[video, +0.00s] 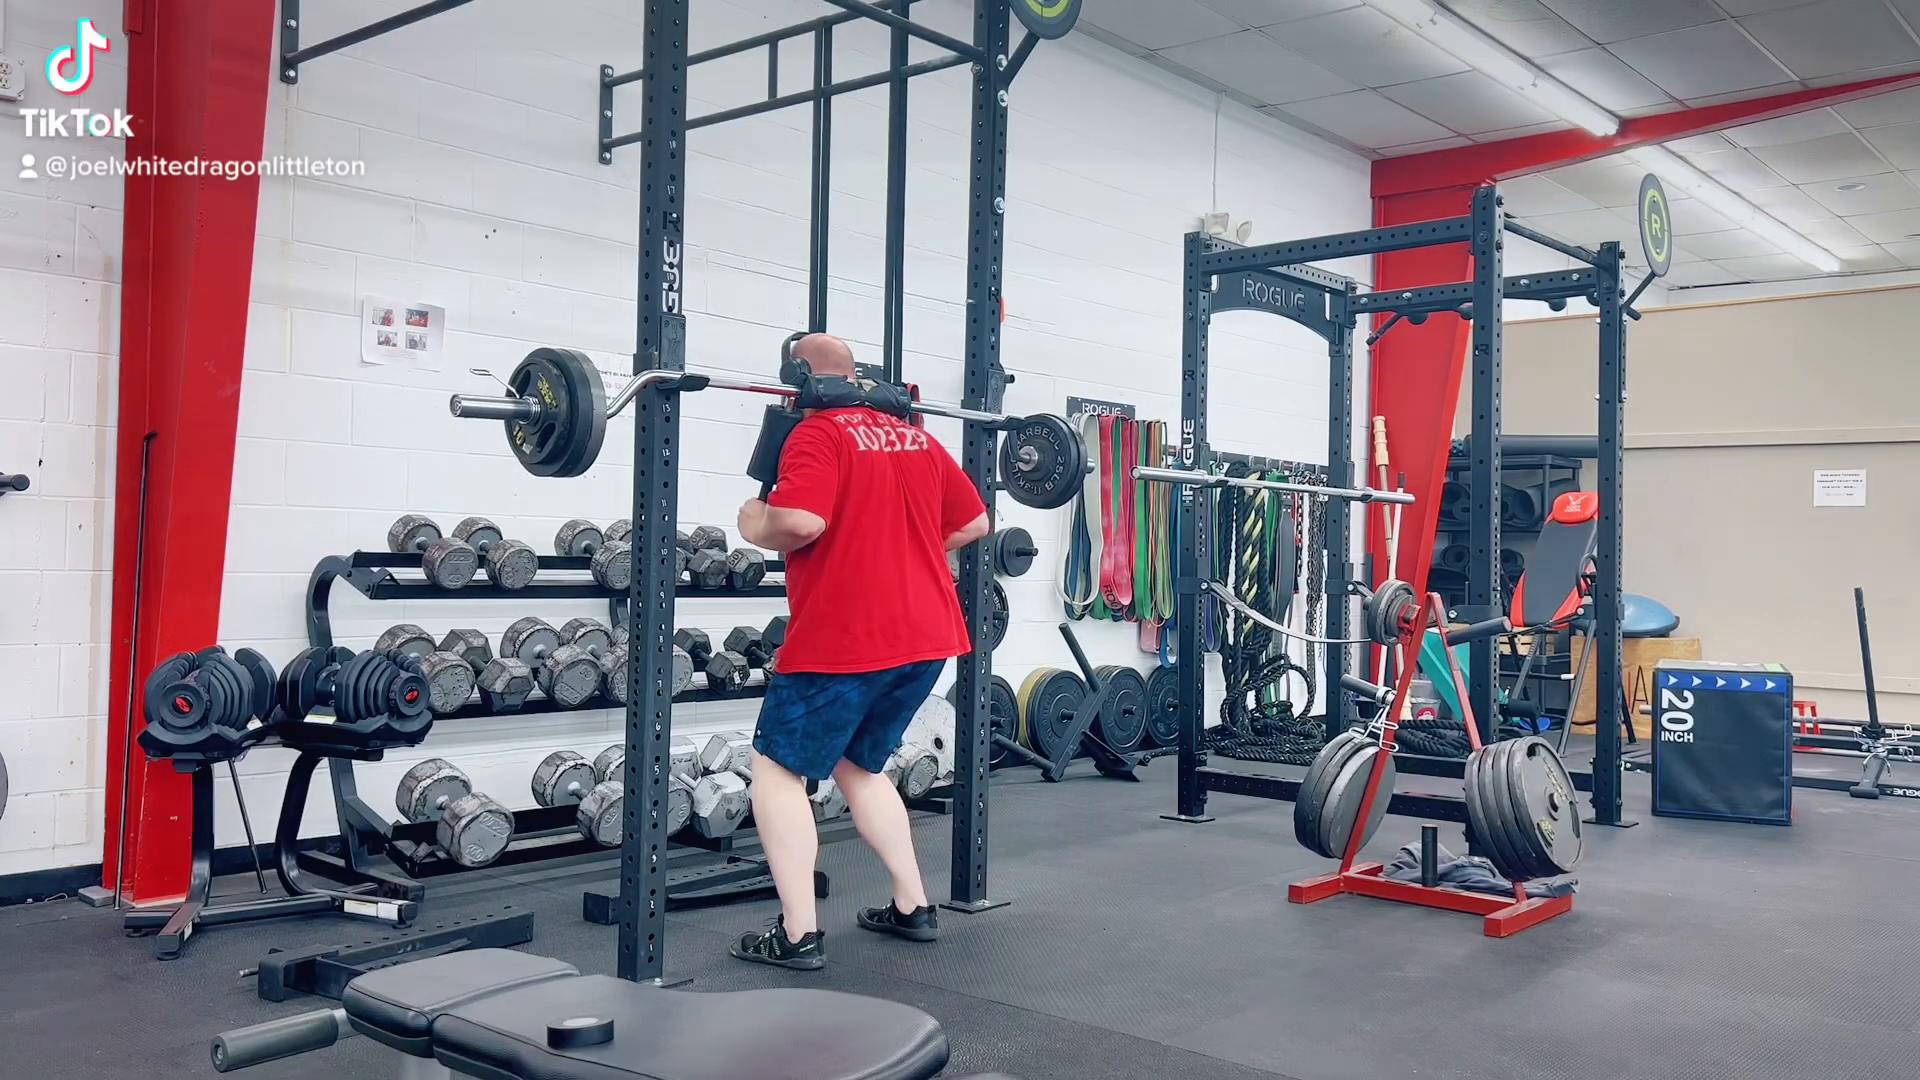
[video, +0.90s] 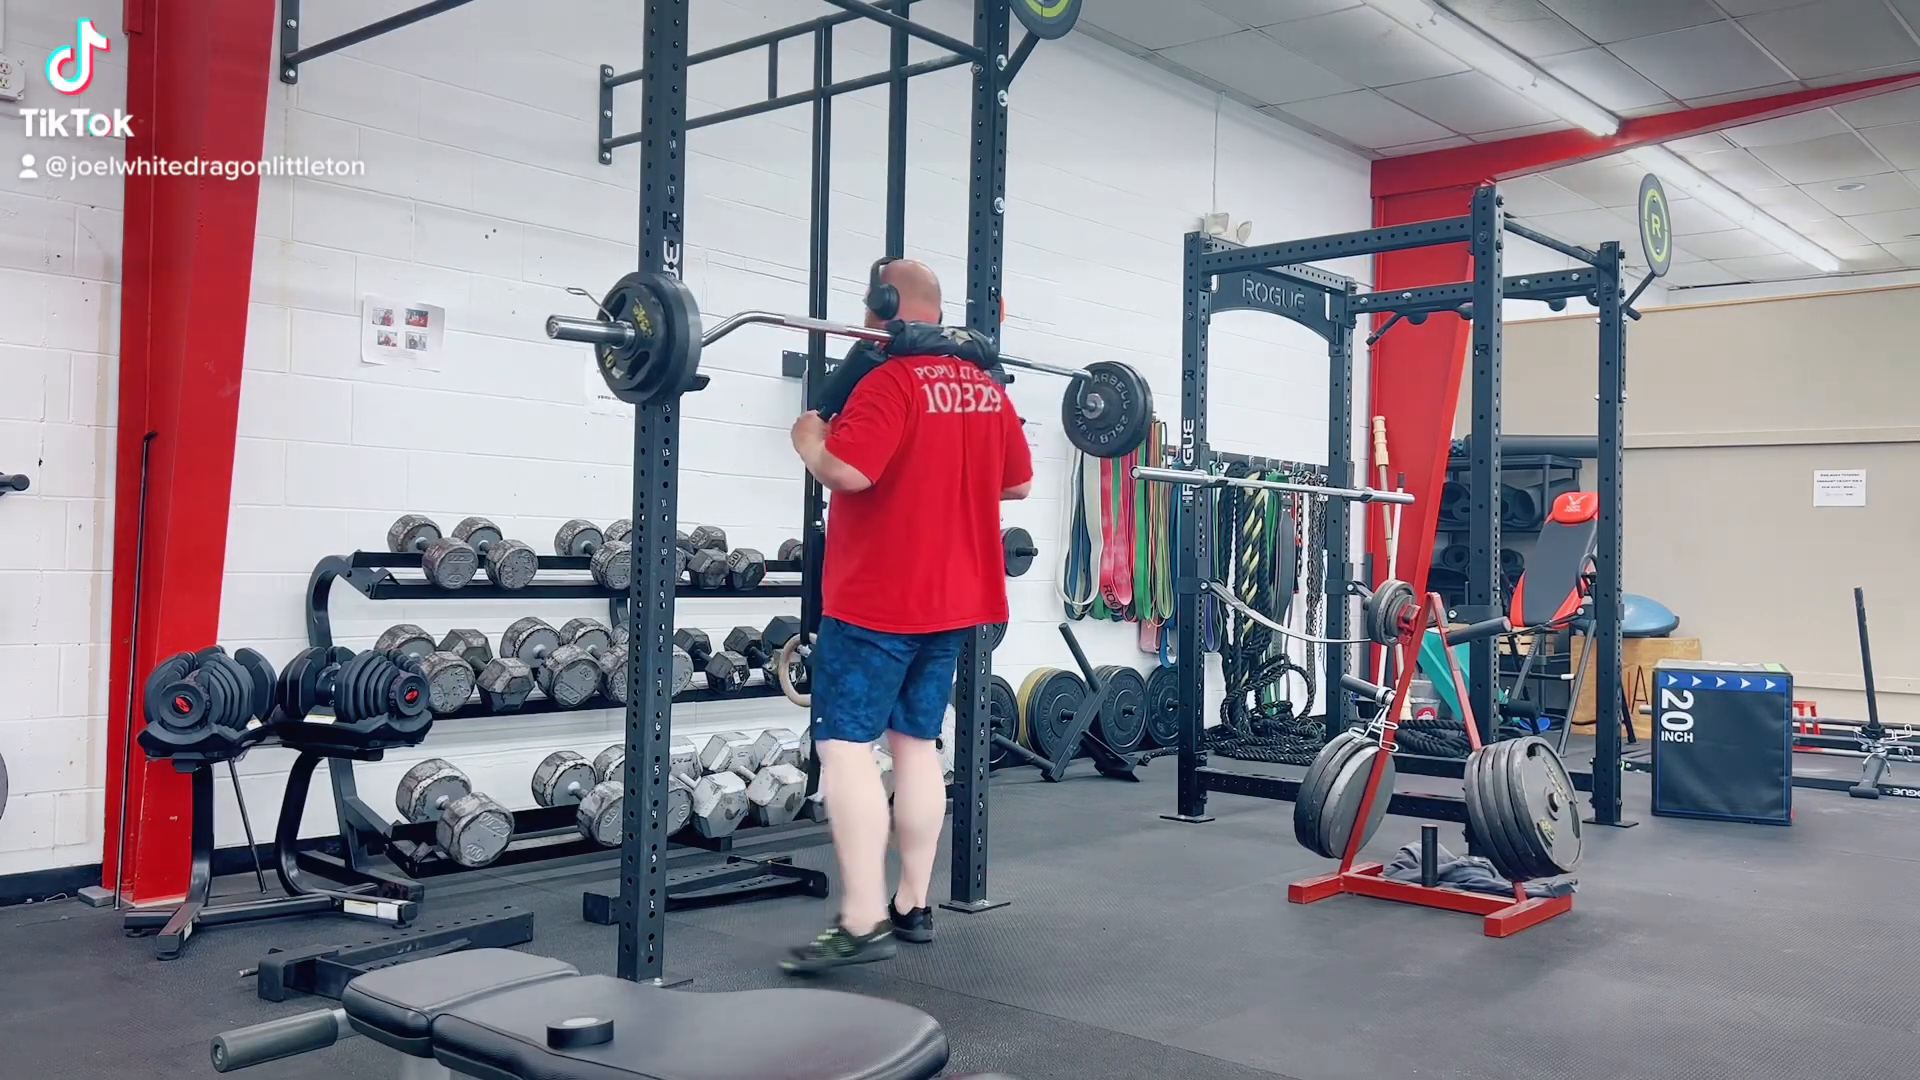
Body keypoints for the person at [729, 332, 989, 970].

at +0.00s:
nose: (786, 394)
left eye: (786, 381)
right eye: (788, 380)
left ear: (799, 383)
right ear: (854, 375)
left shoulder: (818, 432)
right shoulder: (912, 433)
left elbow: (802, 521)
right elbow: (973, 521)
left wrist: (756, 522)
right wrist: (909, 545)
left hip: (846, 631)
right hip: (928, 632)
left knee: (777, 765)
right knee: (859, 763)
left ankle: (800, 933)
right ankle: (913, 906)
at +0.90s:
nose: (867, 323)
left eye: (868, 314)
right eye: (870, 313)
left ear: (883, 316)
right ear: (939, 312)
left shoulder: (890, 378)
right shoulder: (985, 382)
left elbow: (850, 472)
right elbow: (1017, 480)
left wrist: (810, 441)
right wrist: (944, 486)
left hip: (877, 596)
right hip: (954, 599)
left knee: (844, 744)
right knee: (917, 738)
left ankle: (863, 921)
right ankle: (914, 906)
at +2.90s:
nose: (1096, 281)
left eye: (1102, 268)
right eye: (1102, 267)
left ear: (1123, 276)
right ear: (1188, 280)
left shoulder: (1126, 352)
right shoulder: (1239, 364)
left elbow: (1054, 452)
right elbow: (1256, 480)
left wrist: (1017, 413)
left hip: (1127, 615)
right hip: (1220, 615)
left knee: (1100, 794)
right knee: (1194, 784)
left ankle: (1094, 1008)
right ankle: (1215, 972)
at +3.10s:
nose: (1078, 358)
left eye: (1083, 345)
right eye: (1082, 344)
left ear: (1103, 352)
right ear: (1167, 352)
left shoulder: (1112, 429)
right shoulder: (1223, 430)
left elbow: (1015, 526)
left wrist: (994, 471)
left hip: (1142, 667)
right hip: (1243, 669)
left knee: (1034, 799)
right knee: (1176, 792)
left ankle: (1091, 1007)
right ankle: (1215, 974)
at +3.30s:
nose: (1066, 508)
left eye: (1069, 497)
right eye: (1072, 497)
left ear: (1081, 500)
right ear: (1154, 500)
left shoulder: (1103, 572)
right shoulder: (1203, 560)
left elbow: (997, 665)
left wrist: (981, 605)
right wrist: (1069, 567)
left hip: (1186, 789)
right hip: (1275, 789)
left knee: (999, 812)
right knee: (1155, 798)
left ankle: (1089, 1009)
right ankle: (1213, 973)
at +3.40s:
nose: (1066, 560)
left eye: (1069, 549)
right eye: (1071, 548)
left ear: (1082, 556)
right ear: (1149, 555)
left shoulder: (1101, 627)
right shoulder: (1201, 612)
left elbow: (995, 723)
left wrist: (978, 660)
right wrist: (1075, 615)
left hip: (1190, 845)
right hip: (1274, 843)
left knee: (988, 820)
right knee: (1156, 784)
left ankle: (1088, 1009)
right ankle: (1211, 973)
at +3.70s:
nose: (1063, 533)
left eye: (1066, 522)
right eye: (1067, 521)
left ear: (1080, 527)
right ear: (1151, 525)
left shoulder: (1101, 594)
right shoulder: (1206, 582)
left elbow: (998, 689)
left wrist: (980, 636)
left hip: (1187, 798)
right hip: (1281, 796)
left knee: (1002, 812)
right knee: (1146, 790)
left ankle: (1089, 1009)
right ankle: (1212, 974)